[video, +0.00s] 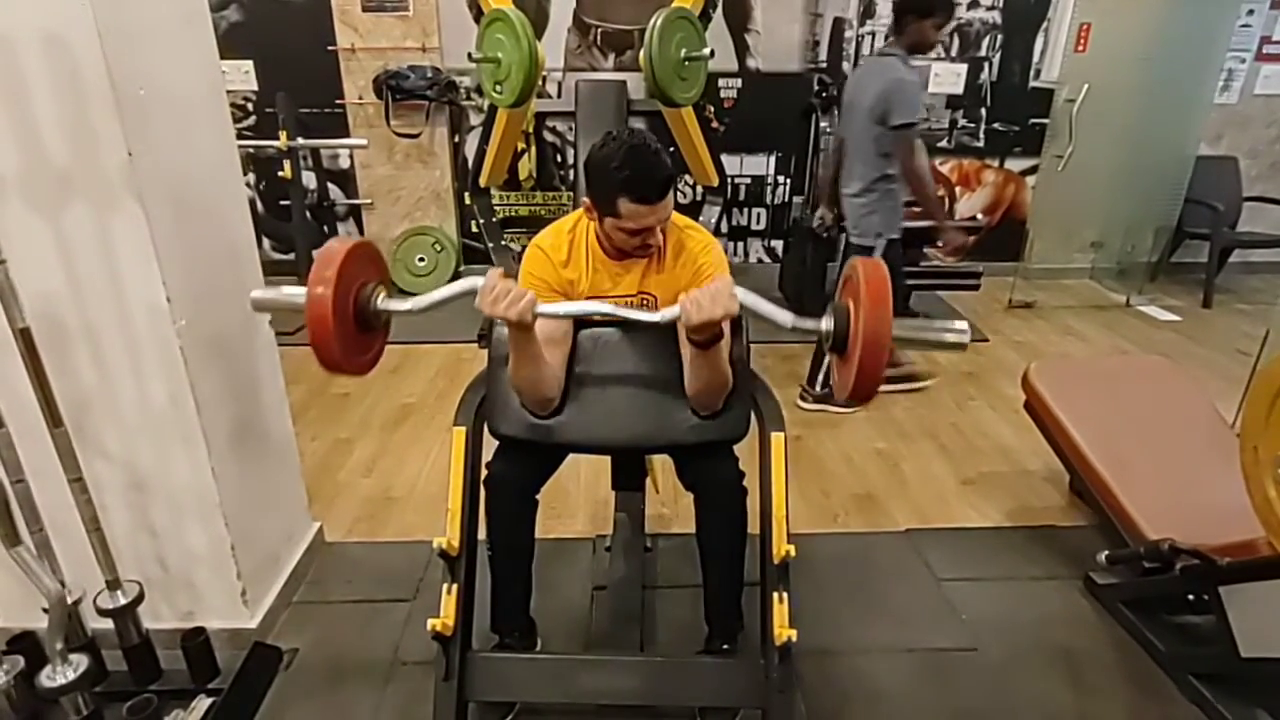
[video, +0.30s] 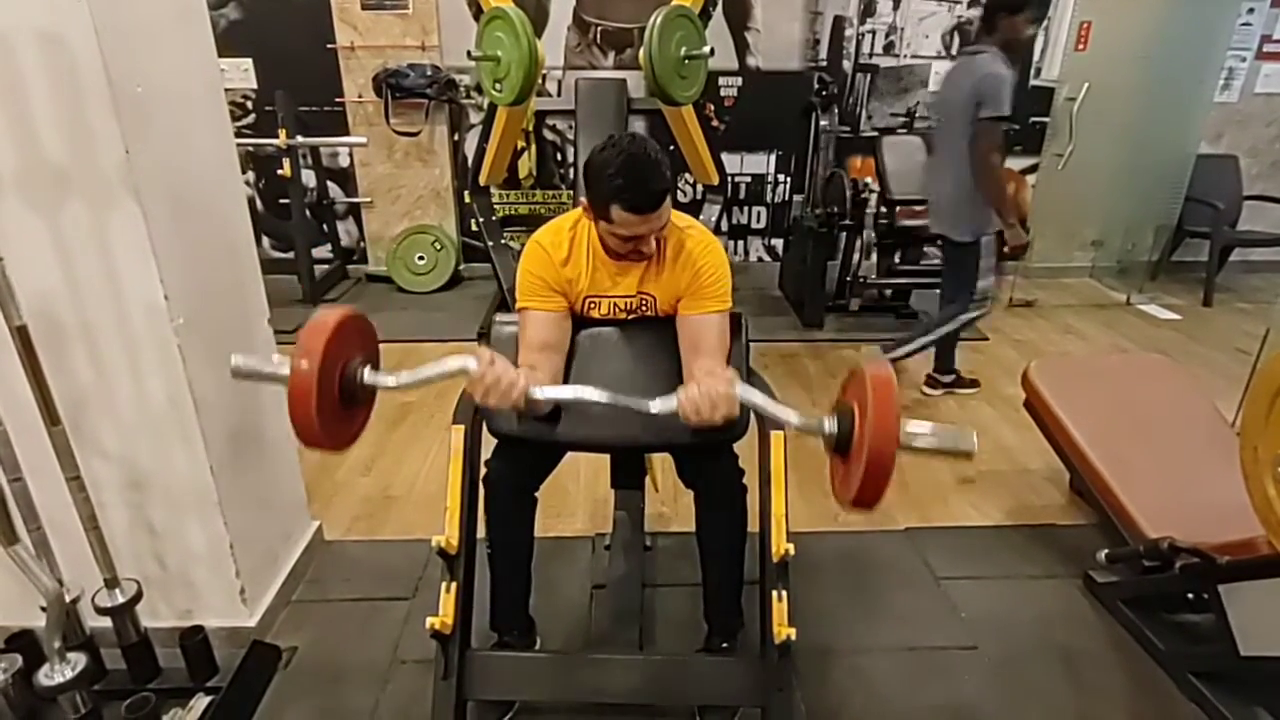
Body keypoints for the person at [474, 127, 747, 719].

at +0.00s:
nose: (652, 238)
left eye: (661, 224)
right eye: (635, 231)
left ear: (671, 199)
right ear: (593, 211)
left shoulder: (696, 249)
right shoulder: (551, 250)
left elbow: (709, 401)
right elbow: (539, 401)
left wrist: (704, 339)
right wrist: (520, 329)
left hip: (669, 391)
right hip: (576, 390)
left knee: (720, 479)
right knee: (507, 479)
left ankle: (724, 637)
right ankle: (512, 633)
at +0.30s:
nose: (648, 244)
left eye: (658, 230)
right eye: (629, 236)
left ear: (670, 202)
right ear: (590, 211)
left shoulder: (698, 250)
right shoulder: (549, 250)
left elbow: (706, 367)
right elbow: (539, 372)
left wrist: (709, 401)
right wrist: (513, 391)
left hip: (668, 386)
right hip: (576, 384)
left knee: (720, 475)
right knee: (506, 478)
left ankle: (724, 636)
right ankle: (512, 634)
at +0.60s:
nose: (647, 248)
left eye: (658, 234)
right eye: (629, 240)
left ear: (671, 204)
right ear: (594, 213)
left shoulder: (699, 252)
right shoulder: (550, 250)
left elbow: (707, 373)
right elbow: (536, 370)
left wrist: (712, 438)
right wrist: (515, 428)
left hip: (671, 393)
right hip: (575, 396)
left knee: (721, 467)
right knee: (504, 466)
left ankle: (723, 637)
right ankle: (510, 635)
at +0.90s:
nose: (631, 249)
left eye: (646, 236)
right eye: (614, 237)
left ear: (666, 207)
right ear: (587, 207)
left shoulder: (698, 253)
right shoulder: (550, 251)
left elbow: (708, 383)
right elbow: (536, 379)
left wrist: (706, 489)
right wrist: (515, 482)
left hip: (670, 383)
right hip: (574, 383)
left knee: (721, 490)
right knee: (501, 483)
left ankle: (723, 639)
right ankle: (512, 638)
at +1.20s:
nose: (622, 247)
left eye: (639, 235)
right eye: (607, 233)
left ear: (664, 209)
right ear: (587, 204)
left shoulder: (697, 255)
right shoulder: (551, 253)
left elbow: (708, 390)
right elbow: (536, 385)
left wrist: (704, 509)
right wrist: (521, 507)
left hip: (671, 383)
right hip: (574, 382)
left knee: (722, 490)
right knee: (503, 480)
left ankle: (724, 636)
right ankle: (512, 637)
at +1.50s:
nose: (621, 234)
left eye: (637, 219)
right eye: (606, 218)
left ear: (663, 199)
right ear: (586, 196)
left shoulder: (697, 257)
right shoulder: (554, 254)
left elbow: (711, 390)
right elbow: (537, 386)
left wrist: (707, 502)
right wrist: (524, 506)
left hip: (672, 387)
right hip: (575, 384)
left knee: (724, 491)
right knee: (505, 480)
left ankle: (723, 643)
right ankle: (513, 642)